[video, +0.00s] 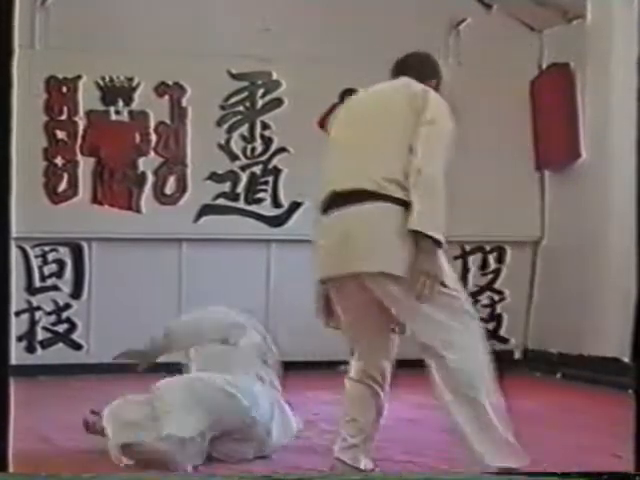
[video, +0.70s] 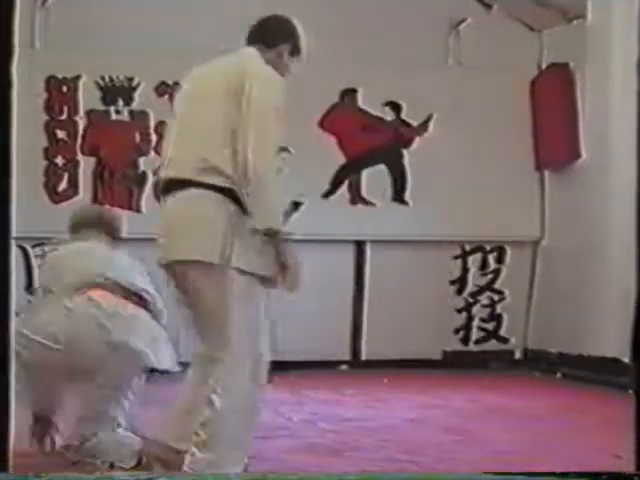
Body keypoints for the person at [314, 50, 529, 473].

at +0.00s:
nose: (437, 95)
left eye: (436, 89)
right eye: (438, 89)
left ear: (393, 75)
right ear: (431, 84)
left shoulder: (348, 107)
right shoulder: (428, 99)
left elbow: (330, 195)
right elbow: (427, 171)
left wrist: (328, 278)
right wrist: (428, 244)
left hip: (334, 238)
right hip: (388, 231)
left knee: (371, 350)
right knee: (458, 336)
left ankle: (350, 456)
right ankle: (500, 456)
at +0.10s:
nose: (421, 94)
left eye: (420, 88)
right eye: (421, 87)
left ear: (377, 73)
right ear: (414, 81)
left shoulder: (331, 105)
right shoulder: (412, 96)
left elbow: (306, 194)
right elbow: (416, 170)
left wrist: (300, 275)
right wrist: (425, 247)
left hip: (317, 232)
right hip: (371, 228)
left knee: (359, 355)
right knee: (436, 337)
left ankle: (348, 456)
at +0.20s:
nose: (396, 83)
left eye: (394, 77)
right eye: (395, 76)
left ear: (350, 65)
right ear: (387, 70)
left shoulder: (307, 101)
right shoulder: (384, 86)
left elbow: (280, 188)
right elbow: (400, 164)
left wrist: (263, 265)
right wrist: (426, 240)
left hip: (298, 230)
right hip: (346, 225)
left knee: (336, 352)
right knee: (379, 346)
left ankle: (350, 453)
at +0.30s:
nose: (379, 77)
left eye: (377, 71)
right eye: (377, 70)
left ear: (332, 59)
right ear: (367, 63)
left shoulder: (288, 95)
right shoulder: (366, 80)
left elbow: (259, 181)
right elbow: (387, 154)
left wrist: (242, 257)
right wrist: (423, 227)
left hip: (281, 220)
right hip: (326, 216)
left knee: (330, 350)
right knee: (336, 353)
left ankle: (344, 455)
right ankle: (249, 437)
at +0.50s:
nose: (334, 71)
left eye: (335, 66)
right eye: (335, 65)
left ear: (293, 47)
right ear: (326, 55)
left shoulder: (244, 81)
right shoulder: (321, 78)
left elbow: (209, 165)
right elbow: (338, 156)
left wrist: (204, 248)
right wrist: (374, 224)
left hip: (222, 209)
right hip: (265, 210)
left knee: (288, 337)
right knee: (268, 344)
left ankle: (307, 451)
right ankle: (218, 459)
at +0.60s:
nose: (306, 73)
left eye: (307, 67)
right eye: (307, 66)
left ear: (268, 46)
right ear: (298, 55)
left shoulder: (214, 81)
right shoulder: (285, 80)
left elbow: (196, 161)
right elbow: (292, 162)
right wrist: (323, 241)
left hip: (191, 218)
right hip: (232, 221)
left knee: (246, 345)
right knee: (255, 347)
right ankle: (224, 462)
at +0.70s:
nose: (291, 70)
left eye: (294, 62)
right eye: (293, 61)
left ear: (252, 42)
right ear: (282, 50)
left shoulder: (199, 75)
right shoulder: (262, 75)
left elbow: (173, 160)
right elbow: (257, 158)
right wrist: (277, 237)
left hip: (172, 217)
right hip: (212, 218)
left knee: (213, 348)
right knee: (235, 351)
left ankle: (171, 443)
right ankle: (220, 464)